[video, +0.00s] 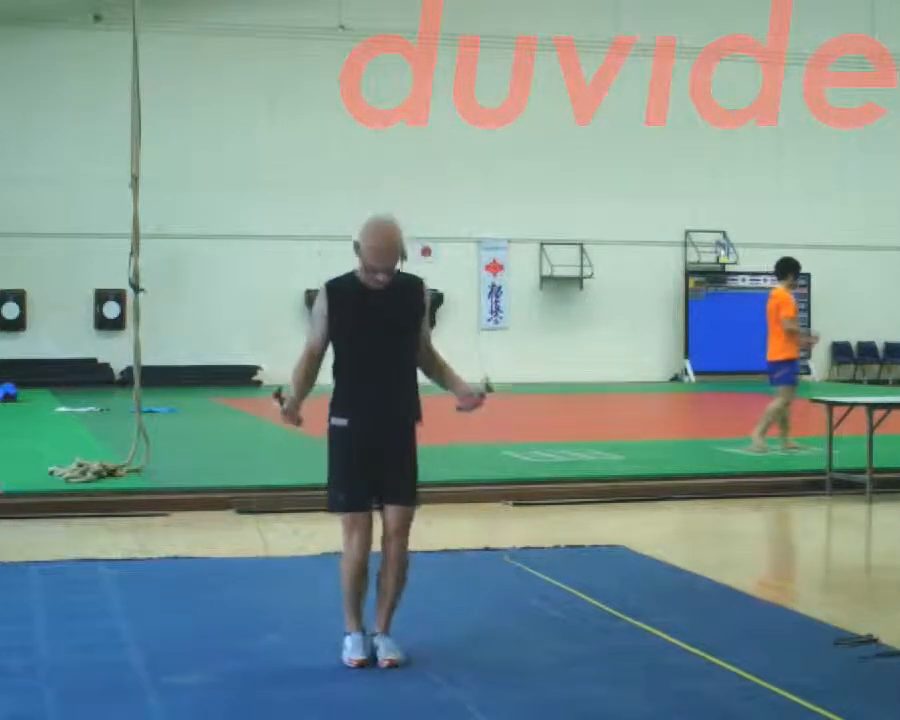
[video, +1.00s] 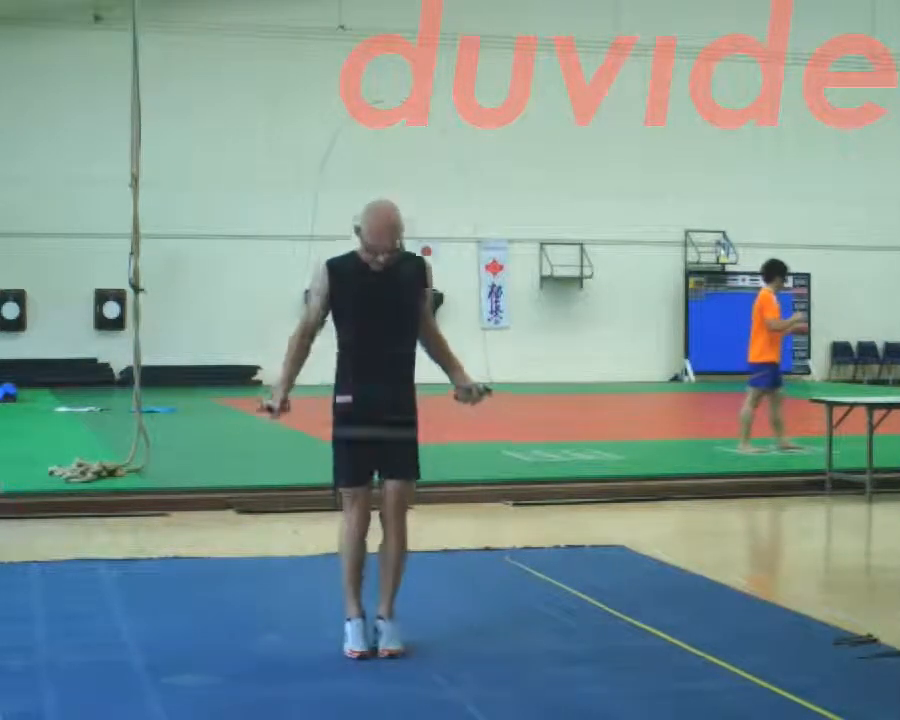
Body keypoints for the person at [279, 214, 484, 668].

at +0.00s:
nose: (381, 277)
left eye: (389, 268)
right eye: (373, 269)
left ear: (401, 256)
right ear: (357, 254)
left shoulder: (416, 294)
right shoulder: (333, 295)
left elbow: (424, 353)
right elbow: (313, 354)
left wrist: (459, 387)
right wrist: (295, 399)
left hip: (398, 426)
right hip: (350, 426)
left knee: (398, 530)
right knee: (357, 532)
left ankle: (382, 632)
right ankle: (354, 632)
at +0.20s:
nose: (383, 246)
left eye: (392, 238)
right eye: (375, 238)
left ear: (404, 225)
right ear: (360, 221)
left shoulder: (415, 259)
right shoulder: (334, 261)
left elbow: (418, 319)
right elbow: (310, 322)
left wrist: (449, 367)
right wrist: (290, 380)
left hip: (398, 395)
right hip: (351, 397)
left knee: (394, 506)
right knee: (355, 504)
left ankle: (386, 616)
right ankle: (354, 617)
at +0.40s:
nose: (382, 272)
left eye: (390, 265)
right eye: (374, 265)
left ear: (401, 252)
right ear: (358, 250)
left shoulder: (414, 286)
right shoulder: (332, 287)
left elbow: (426, 346)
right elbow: (313, 345)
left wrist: (460, 379)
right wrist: (297, 384)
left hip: (397, 419)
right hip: (349, 419)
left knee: (395, 523)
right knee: (356, 529)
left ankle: (385, 623)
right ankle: (348, 623)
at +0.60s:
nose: (380, 253)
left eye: (388, 246)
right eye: (373, 246)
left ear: (400, 232)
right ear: (358, 229)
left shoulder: (413, 264)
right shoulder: (333, 267)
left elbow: (422, 328)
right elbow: (309, 327)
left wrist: (453, 373)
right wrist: (289, 385)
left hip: (398, 400)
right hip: (352, 401)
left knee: (394, 507)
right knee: (355, 506)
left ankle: (385, 615)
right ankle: (350, 615)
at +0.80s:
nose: (378, 262)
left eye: (387, 254)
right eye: (370, 254)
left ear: (399, 241)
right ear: (356, 240)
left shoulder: (415, 273)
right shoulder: (334, 277)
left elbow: (429, 332)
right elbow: (310, 335)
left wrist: (464, 374)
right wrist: (294, 381)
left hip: (399, 408)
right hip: (351, 409)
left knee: (396, 515)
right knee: (358, 521)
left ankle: (388, 618)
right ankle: (353, 619)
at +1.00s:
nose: (382, 258)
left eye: (390, 250)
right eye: (374, 250)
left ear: (401, 238)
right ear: (359, 235)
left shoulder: (416, 271)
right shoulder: (333, 274)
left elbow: (428, 331)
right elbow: (305, 332)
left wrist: (459, 377)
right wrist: (283, 388)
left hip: (400, 404)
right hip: (353, 405)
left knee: (396, 509)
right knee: (357, 511)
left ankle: (386, 618)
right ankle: (354, 619)